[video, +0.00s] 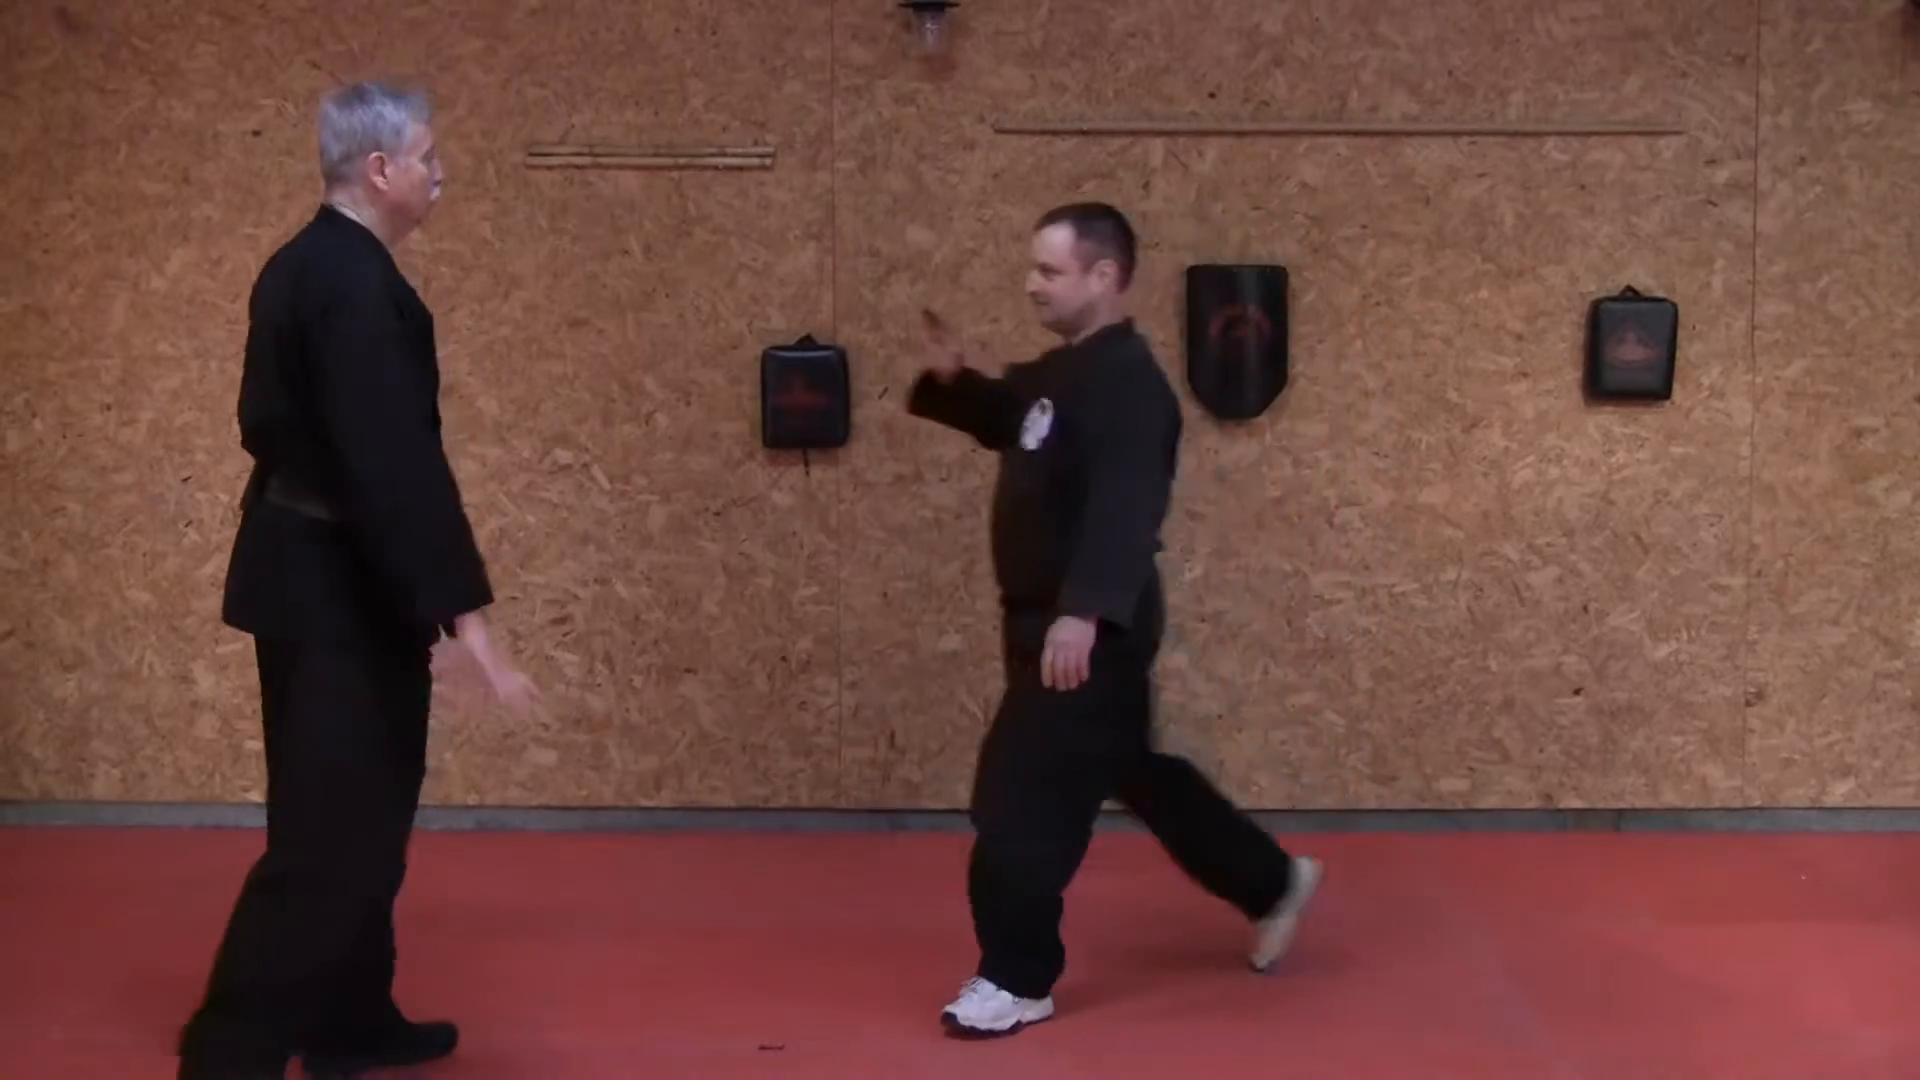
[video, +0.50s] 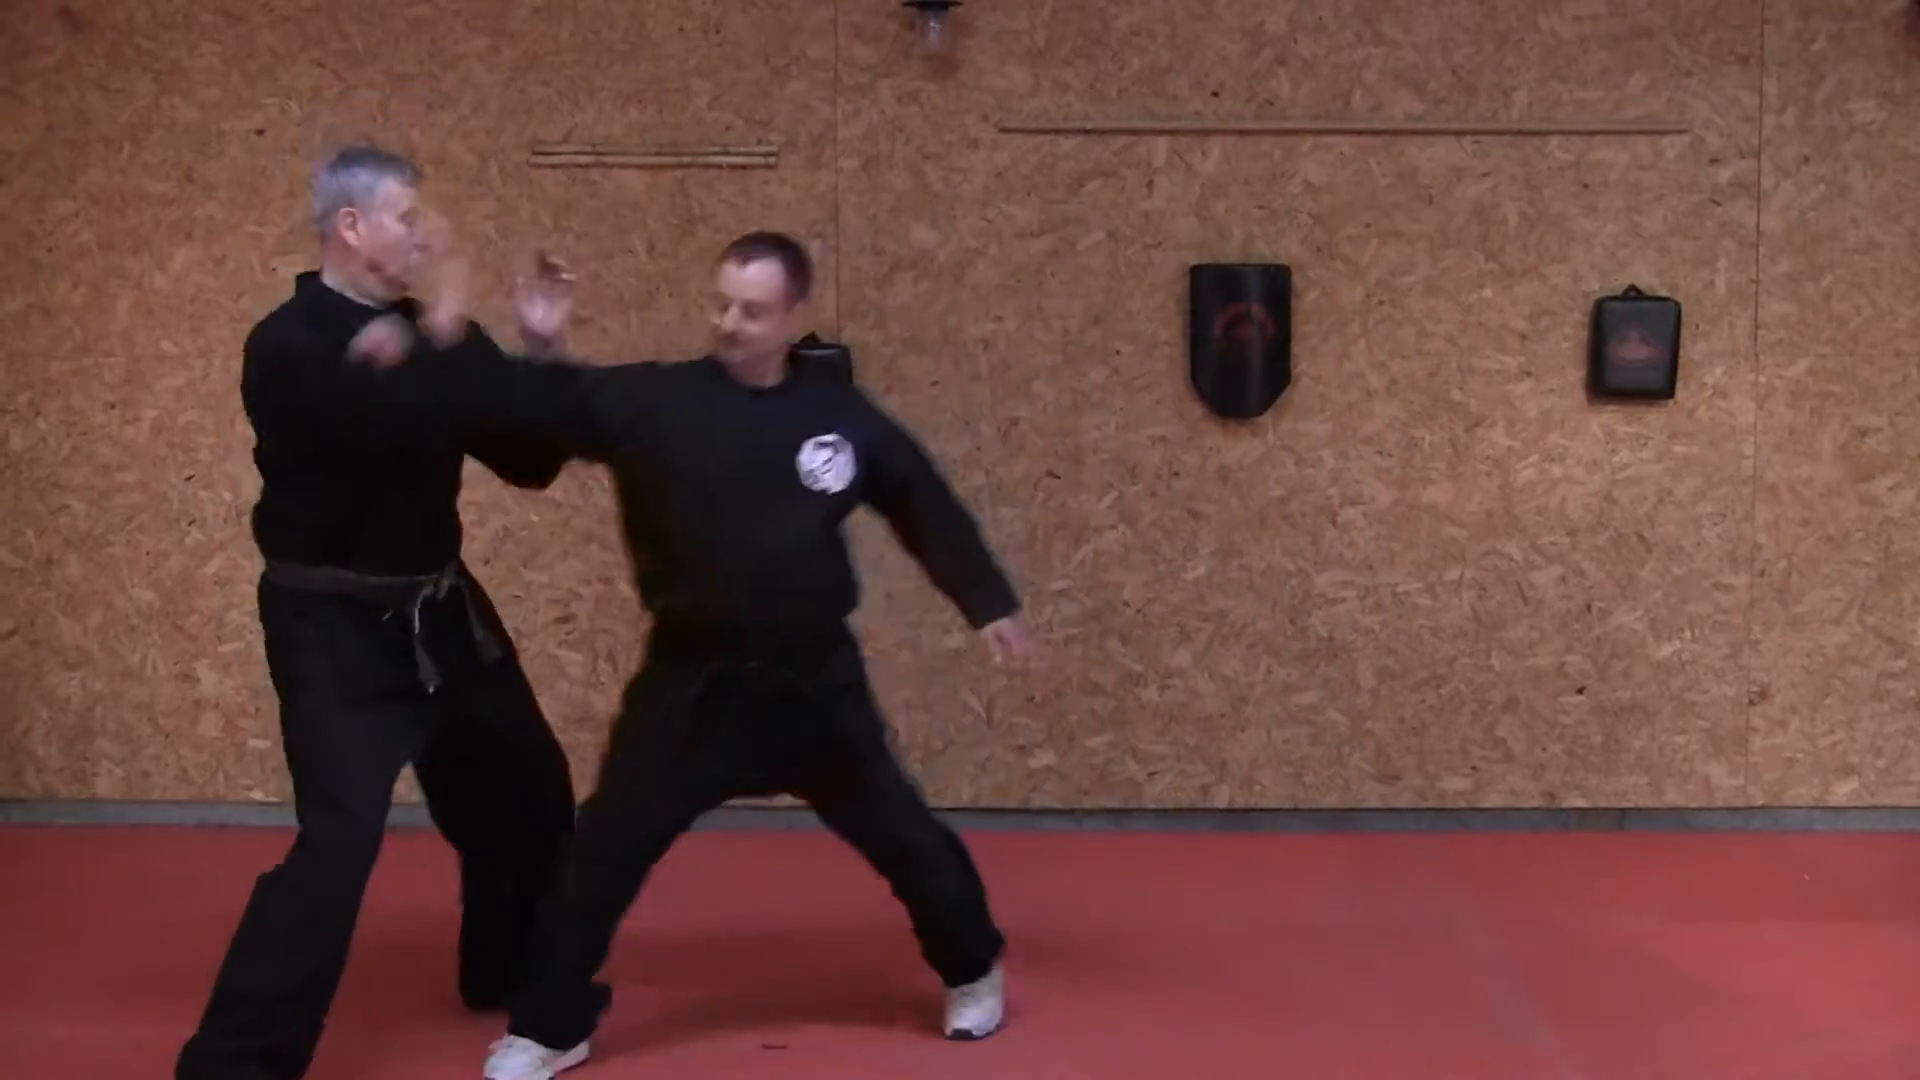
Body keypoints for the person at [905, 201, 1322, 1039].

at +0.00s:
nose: (1033, 286)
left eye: (1049, 272)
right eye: (1033, 271)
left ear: (1106, 277)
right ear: (1079, 277)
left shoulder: (1129, 381)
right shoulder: (1061, 367)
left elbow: (1126, 510)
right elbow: (1011, 412)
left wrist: (1083, 612)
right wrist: (949, 382)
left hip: (1090, 630)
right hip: (1046, 622)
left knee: (1018, 793)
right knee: (1130, 770)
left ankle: (1019, 976)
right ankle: (1273, 884)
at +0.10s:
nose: (981, 281)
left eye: (999, 268)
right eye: (980, 267)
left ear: (1057, 273)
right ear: (1004, 274)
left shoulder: (1092, 385)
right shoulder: (984, 371)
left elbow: (1100, 515)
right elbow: (920, 416)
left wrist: (1068, 623)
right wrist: (873, 371)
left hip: (1040, 629)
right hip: (981, 623)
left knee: (996, 802)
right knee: (1007, 789)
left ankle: (1016, 981)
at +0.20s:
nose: (928, 280)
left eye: (945, 267)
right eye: (925, 265)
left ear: (1003, 272)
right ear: (931, 270)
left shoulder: (1047, 382)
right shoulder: (908, 368)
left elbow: (1086, 512)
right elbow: (806, 410)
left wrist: (1063, 625)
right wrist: (777, 367)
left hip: (1005, 639)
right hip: (917, 631)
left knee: (991, 810)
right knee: (878, 789)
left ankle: (1018, 980)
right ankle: (938, 944)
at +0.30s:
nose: (862, 278)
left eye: (882, 265)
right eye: (861, 263)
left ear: (942, 272)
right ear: (864, 268)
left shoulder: (996, 386)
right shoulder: (826, 370)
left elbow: (1054, 508)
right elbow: (720, 399)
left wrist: (1057, 620)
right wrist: (674, 371)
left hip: (958, 642)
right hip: (849, 637)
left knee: (984, 821)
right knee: (785, 799)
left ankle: (1015, 983)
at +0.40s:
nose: (793, 288)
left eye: (812, 275)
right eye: (790, 272)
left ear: (869, 283)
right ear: (790, 277)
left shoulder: (926, 393)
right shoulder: (741, 379)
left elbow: (1001, 494)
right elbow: (628, 399)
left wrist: (1040, 601)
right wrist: (553, 355)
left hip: (898, 652)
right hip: (775, 649)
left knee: (958, 819)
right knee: (690, 807)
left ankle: (1011, 980)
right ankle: (604, 983)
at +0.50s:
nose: (731, 323)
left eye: (754, 309)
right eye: (723, 305)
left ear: (798, 316)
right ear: (709, 305)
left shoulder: (837, 414)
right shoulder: (648, 399)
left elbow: (921, 502)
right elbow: (521, 393)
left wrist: (988, 600)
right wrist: (419, 353)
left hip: (812, 680)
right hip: (688, 680)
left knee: (901, 834)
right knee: (607, 845)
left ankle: (972, 970)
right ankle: (548, 1025)